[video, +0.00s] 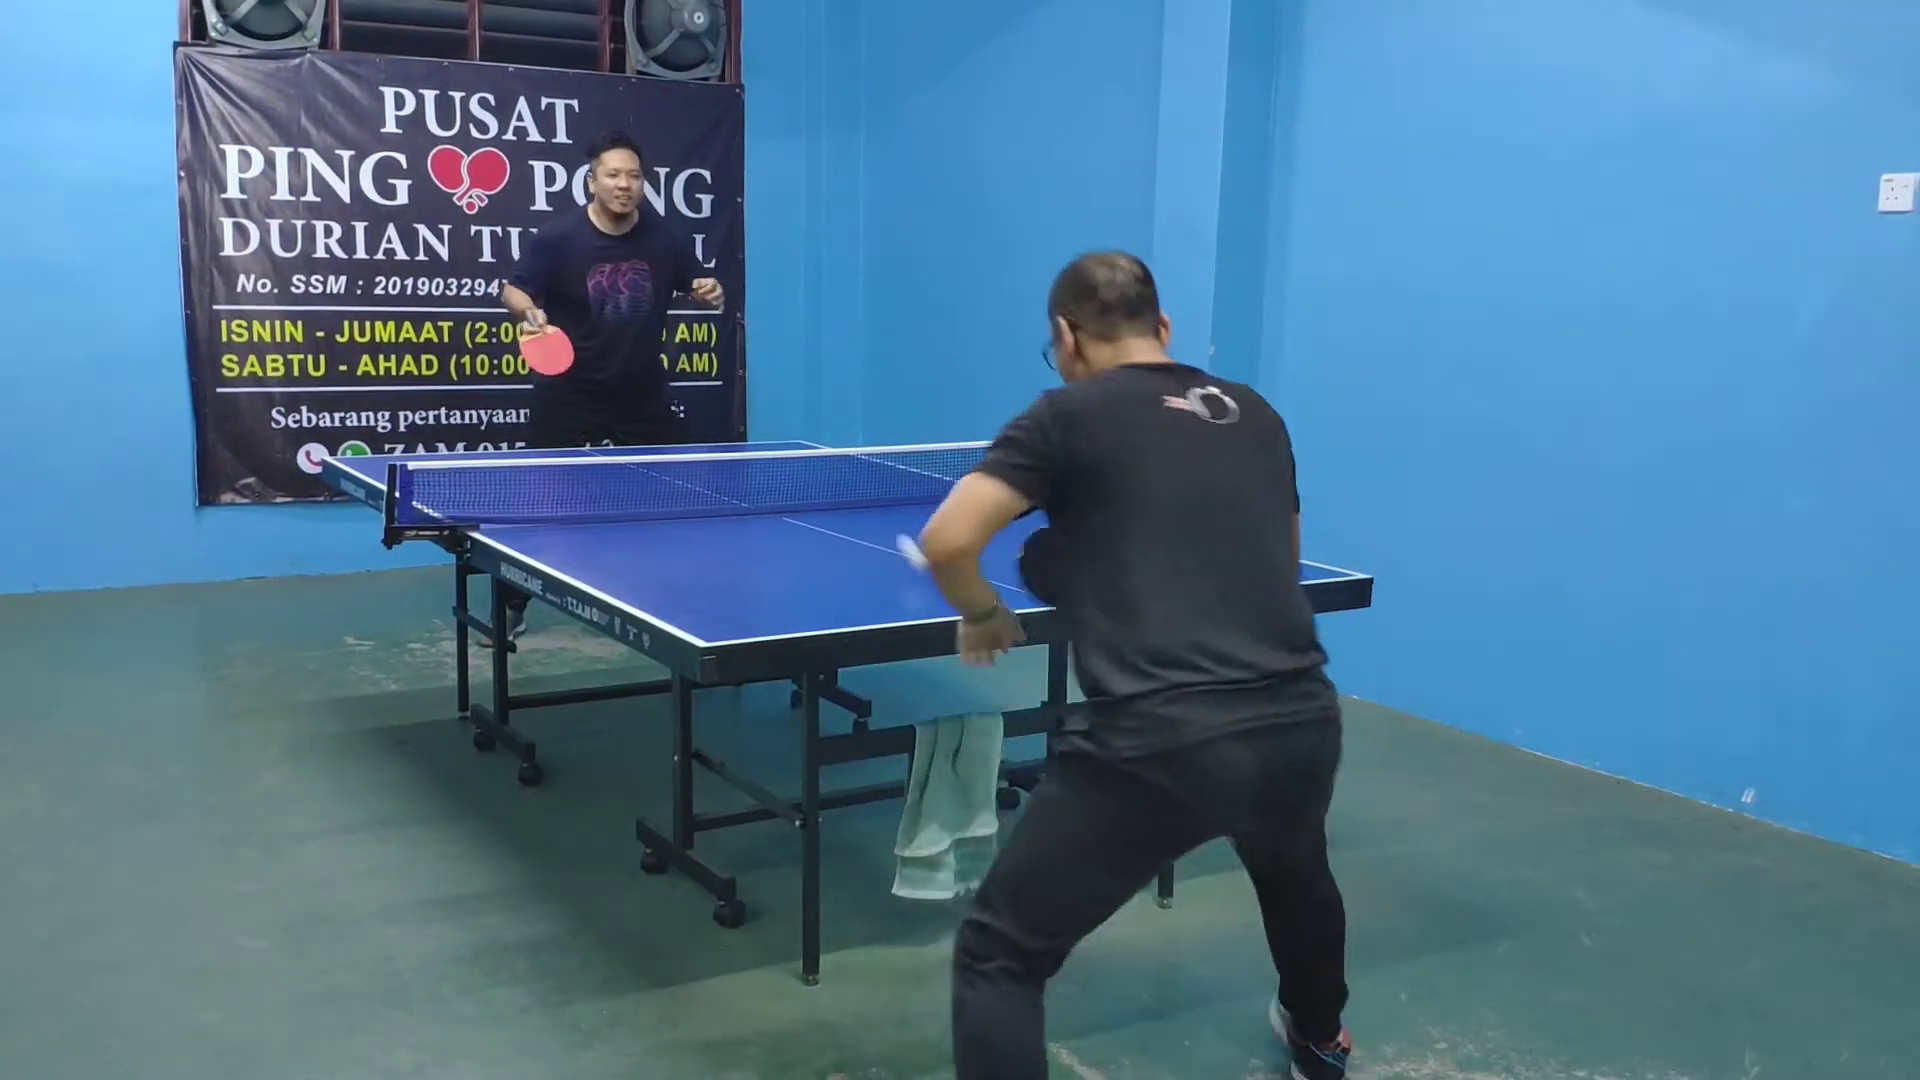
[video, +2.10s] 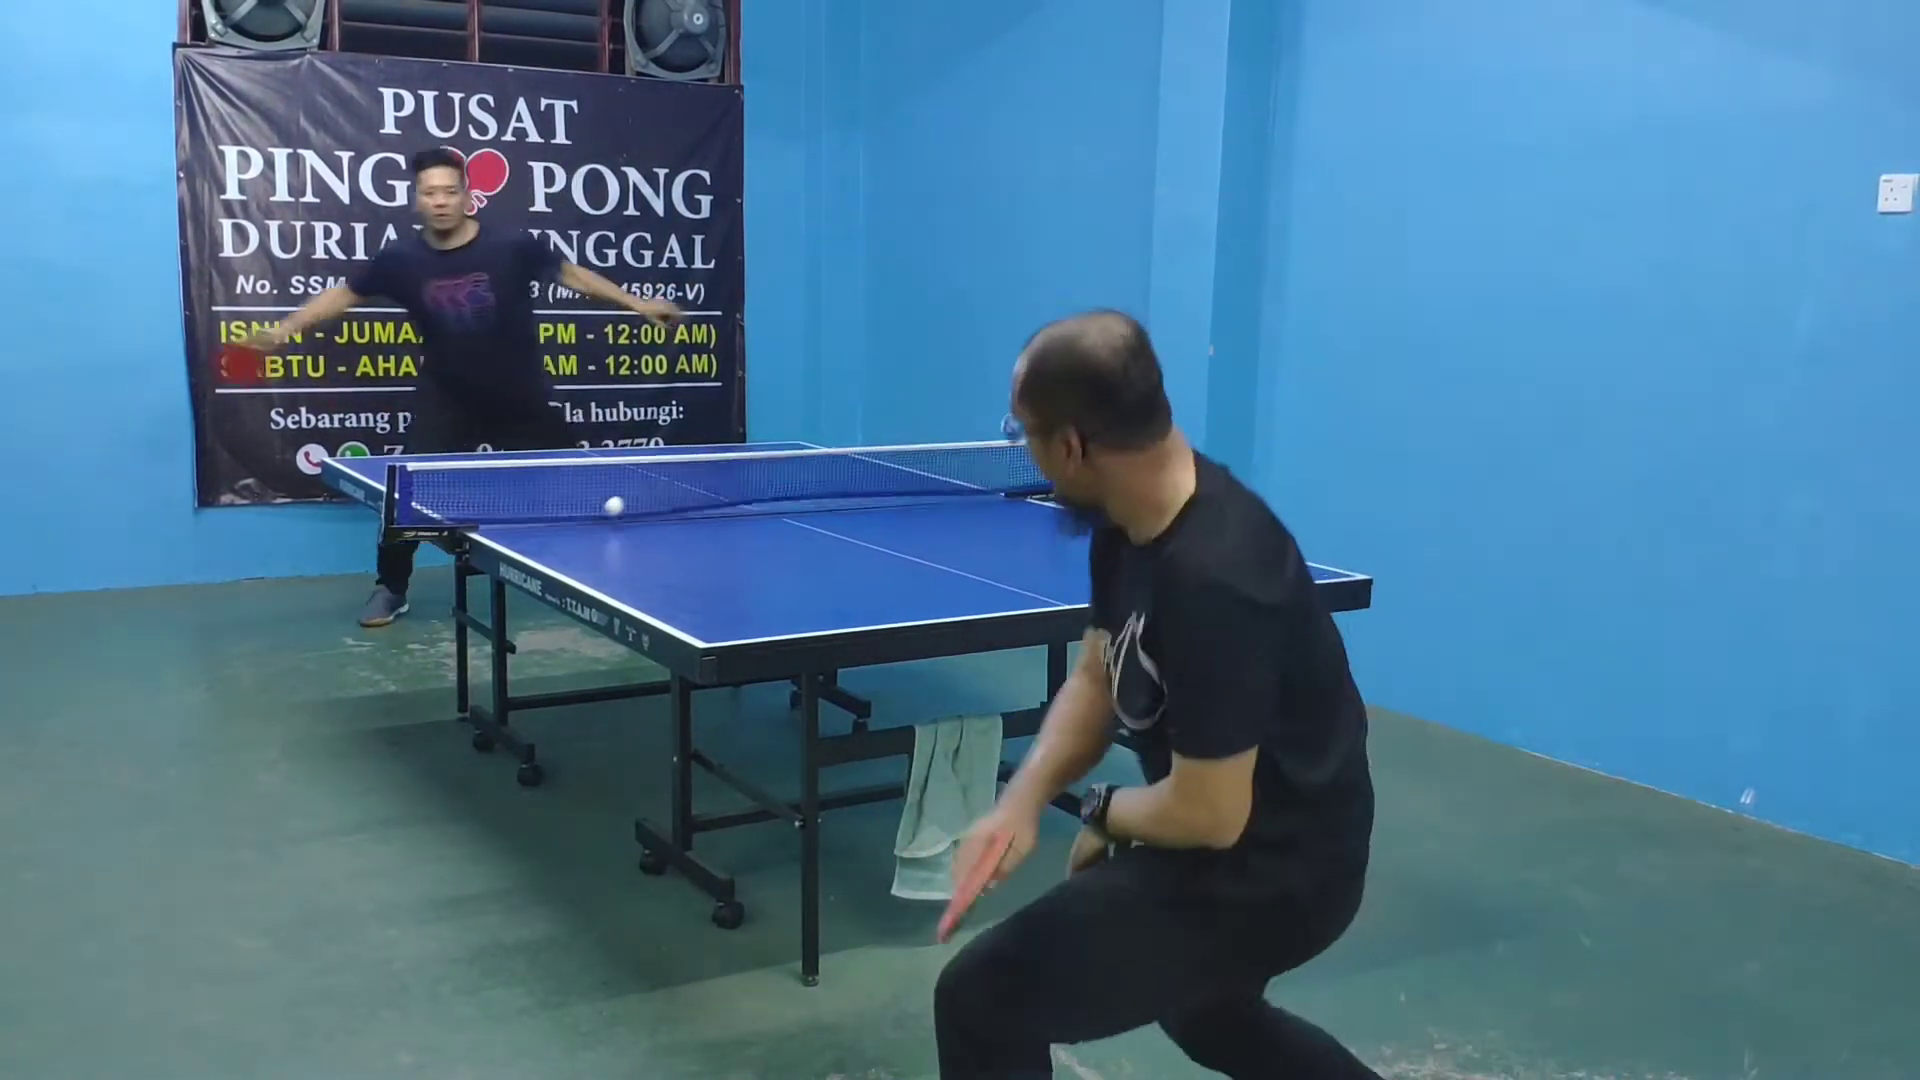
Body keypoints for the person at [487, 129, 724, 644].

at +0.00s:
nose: (624, 184)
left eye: (632, 176)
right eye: (613, 175)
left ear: (643, 183)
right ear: (592, 181)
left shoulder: (662, 237)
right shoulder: (558, 239)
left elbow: (695, 283)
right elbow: (512, 289)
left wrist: (709, 291)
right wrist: (528, 311)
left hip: (642, 394)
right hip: (567, 396)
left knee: (675, 489)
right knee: (543, 497)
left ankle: (675, 601)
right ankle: (511, 602)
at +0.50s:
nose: (585, 204)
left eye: (595, 194)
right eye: (576, 195)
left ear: (618, 196)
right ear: (567, 200)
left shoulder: (655, 244)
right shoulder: (549, 254)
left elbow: (711, 297)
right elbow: (517, 313)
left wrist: (692, 311)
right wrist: (497, 341)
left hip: (648, 409)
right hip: (574, 411)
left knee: (660, 510)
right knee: (540, 505)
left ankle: (664, 609)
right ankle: (502, 605)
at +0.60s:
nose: (553, 208)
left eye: (563, 197)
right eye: (546, 199)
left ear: (593, 197)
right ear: (539, 201)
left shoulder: (637, 243)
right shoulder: (530, 259)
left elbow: (694, 289)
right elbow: (485, 314)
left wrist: (694, 315)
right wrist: (432, 329)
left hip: (633, 408)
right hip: (555, 410)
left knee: (658, 510)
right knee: (511, 500)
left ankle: (665, 618)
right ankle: (471, 616)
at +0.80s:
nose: (486, 221)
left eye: (497, 210)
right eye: (479, 210)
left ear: (527, 208)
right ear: (473, 210)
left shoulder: (580, 250)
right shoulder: (470, 275)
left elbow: (637, 282)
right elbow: (424, 334)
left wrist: (668, 318)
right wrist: (394, 356)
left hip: (596, 411)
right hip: (518, 418)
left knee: (658, 502)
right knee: (484, 513)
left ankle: (687, 618)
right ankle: (452, 622)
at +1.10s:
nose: (493, 202)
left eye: (501, 192)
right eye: (480, 194)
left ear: (517, 197)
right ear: (463, 204)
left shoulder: (553, 234)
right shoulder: (455, 269)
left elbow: (602, 267)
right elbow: (445, 338)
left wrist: (636, 291)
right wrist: (468, 350)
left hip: (574, 398)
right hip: (501, 408)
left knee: (628, 493)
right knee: (478, 508)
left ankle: (667, 610)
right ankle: (451, 621)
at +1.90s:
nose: (523, 191)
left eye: (529, 182)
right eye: (511, 184)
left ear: (538, 186)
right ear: (489, 191)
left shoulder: (571, 240)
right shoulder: (470, 247)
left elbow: (618, 289)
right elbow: (439, 314)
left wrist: (621, 311)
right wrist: (464, 341)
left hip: (564, 395)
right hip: (491, 398)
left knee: (608, 483)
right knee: (446, 479)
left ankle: (631, 594)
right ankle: (426, 584)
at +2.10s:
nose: (439, 202)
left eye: (448, 193)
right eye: (429, 194)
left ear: (469, 197)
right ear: (417, 203)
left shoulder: (512, 245)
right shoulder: (400, 263)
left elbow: (576, 276)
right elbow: (342, 297)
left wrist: (639, 304)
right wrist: (286, 330)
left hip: (519, 397)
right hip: (447, 402)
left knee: (577, 482)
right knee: (410, 488)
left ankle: (611, 580)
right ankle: (390, 587)